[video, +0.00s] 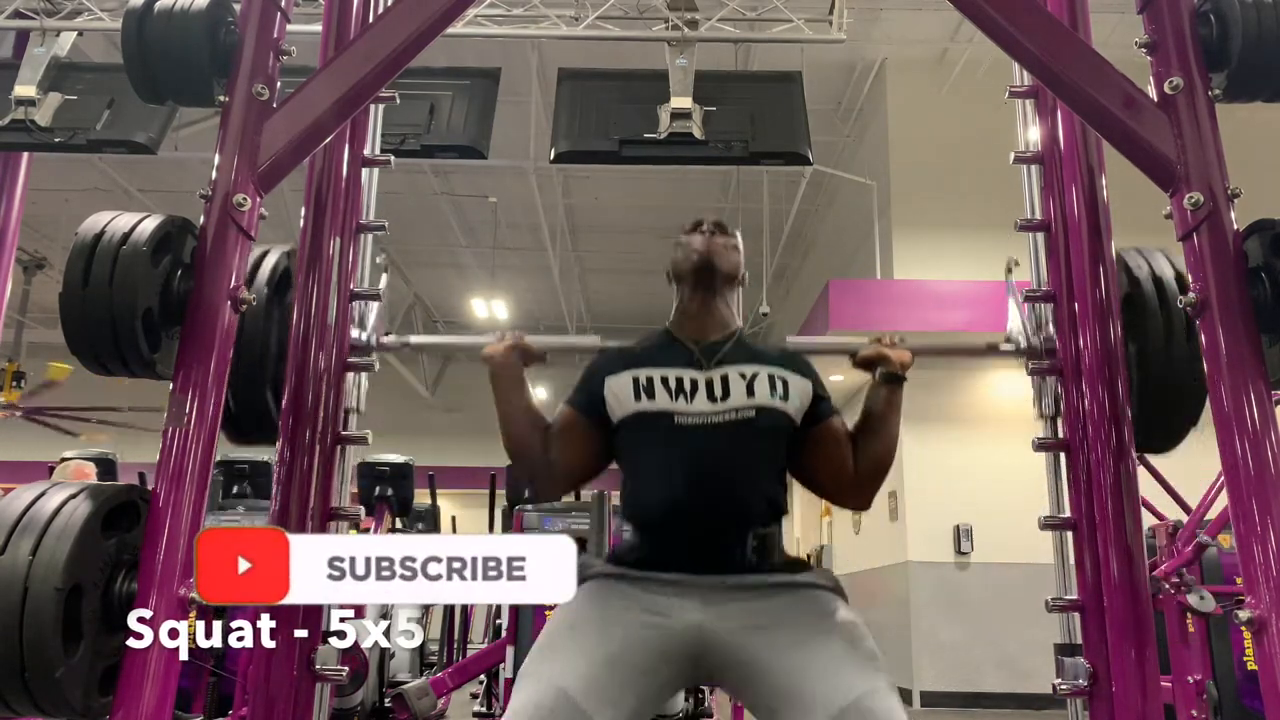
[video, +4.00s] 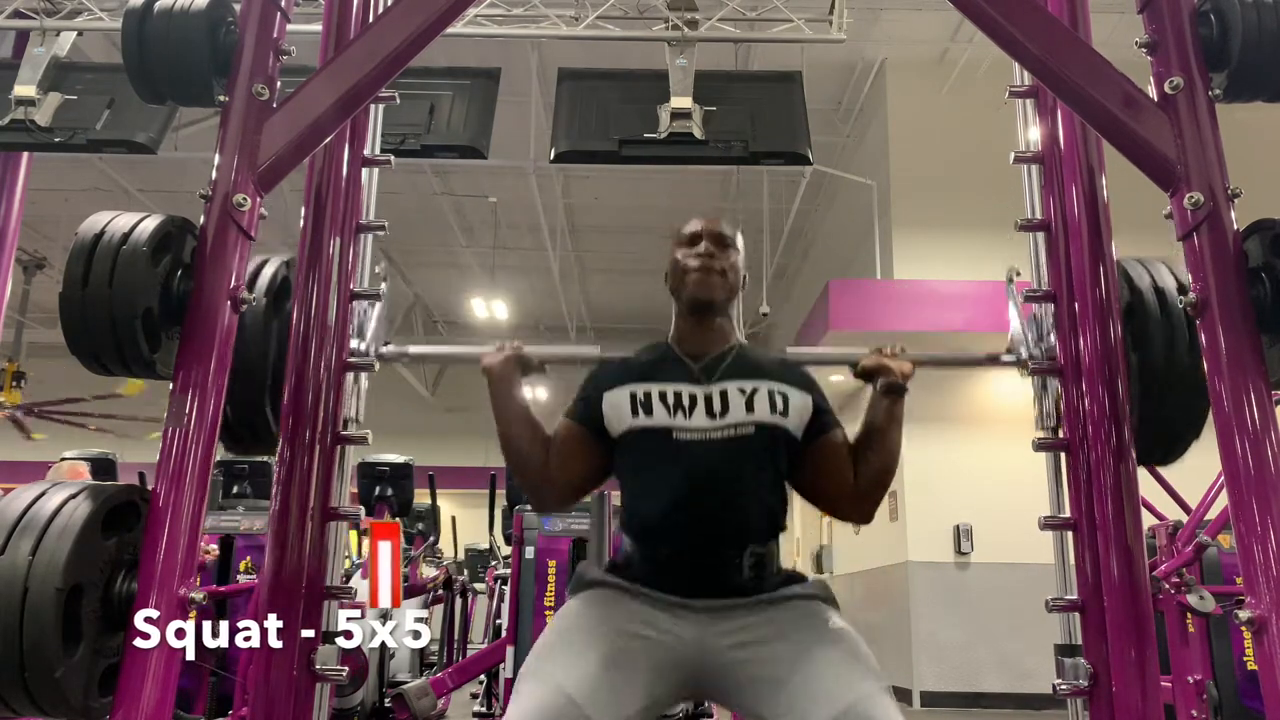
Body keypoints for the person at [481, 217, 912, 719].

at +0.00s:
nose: (704, 230)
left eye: (721, 232)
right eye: (692, 231)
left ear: (742, 273)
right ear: (671, 271)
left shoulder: (787, 373)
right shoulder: (617, 370)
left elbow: (855, 487)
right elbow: (543, 477)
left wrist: (889, 383)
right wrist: (504, 368)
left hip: (773, 600)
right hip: (631, 597)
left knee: (871, 711)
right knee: (536, 711)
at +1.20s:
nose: (707, 323)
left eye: (722, 318)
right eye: (691, 317)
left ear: (744, 353)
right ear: (668, 351)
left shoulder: (789, 457)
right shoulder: (612, 454)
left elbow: (857, 581)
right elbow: (544, 562)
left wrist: (893, 470)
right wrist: (500, 457)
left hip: (766, 671)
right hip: (631, 666)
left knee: (882, 717)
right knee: (519, 715)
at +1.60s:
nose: (704, 405)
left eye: (720, 398)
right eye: (687, 397)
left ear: (743, 430)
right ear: (664, 429)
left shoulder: (794, 543)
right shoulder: (608, 536)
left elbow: (858, 667)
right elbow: (546, 657)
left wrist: (897, 550)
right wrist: (503, 551)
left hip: (754, 713)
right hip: (643, 713)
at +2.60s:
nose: (702, 328)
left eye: (719, 323)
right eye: (686, 325)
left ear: (740, 357)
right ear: (665, 359)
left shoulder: (789, 463)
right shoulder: (611, 459)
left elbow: (857, 583)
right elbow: (544, 565)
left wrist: (893, 471)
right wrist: (500, 459)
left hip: (769, 671)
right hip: (635, 668)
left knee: (888, 716)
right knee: (519, 715)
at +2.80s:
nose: (707, 270)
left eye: (723, 267)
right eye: (691, 265)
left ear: (743, 310)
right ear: (668, 303)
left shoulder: (785, 405)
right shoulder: (616, 404)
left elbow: (856, 524)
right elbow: (548, 509)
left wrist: (889, 418)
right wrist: (502, 403)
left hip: (770, 624)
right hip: (635, 623)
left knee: (883, 715)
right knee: (527, 714)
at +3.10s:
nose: (706, 186)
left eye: (724, 183)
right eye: (692, 181)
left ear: (744, 218)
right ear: (671, 217)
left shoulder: (791, 319)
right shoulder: (618, 314)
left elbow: (857, 432)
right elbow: (547, 418)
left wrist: (887, 330)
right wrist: (507, 314)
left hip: (774, 547)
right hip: (638, 540)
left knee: (827, 708)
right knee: (588, 705)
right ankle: (675, 707)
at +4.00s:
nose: (707, 252)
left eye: (722, 246)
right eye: (691, 243)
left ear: (741, 279)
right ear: (667, 274)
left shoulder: (787, 383)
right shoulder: (615, 382)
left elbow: (856, 501)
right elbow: (549, 488)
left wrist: (889, 397)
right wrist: (504, 386)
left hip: (767, 615)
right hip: (632, 611)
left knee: (871, 713)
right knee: (532, 712)